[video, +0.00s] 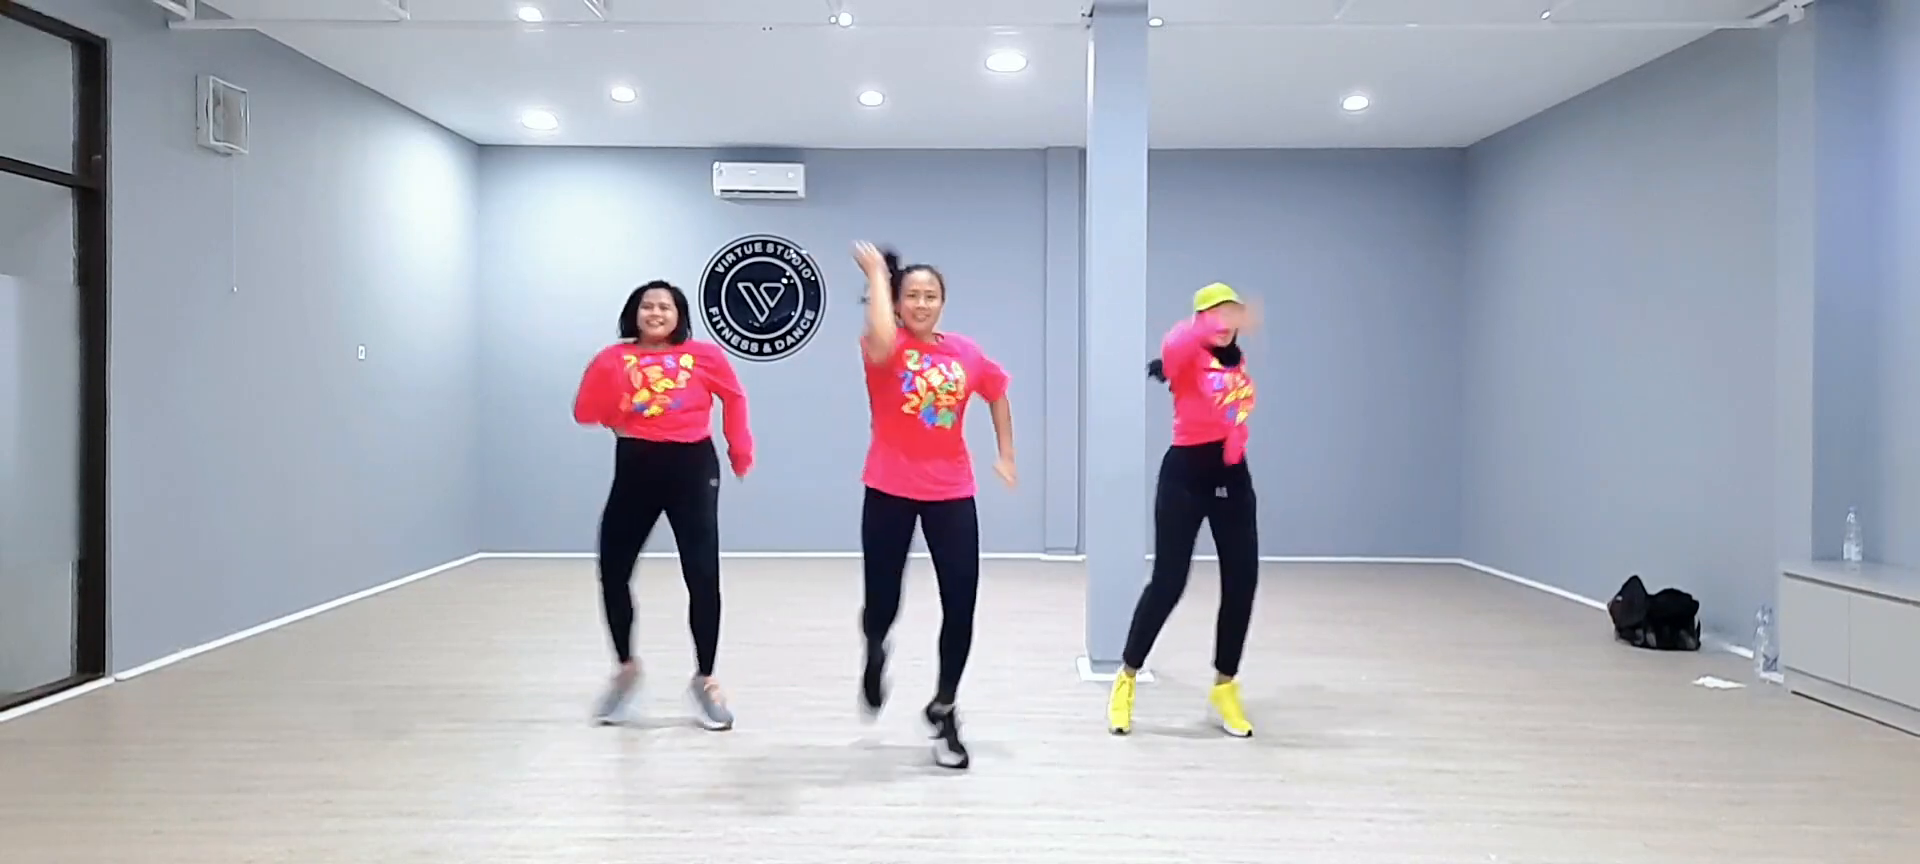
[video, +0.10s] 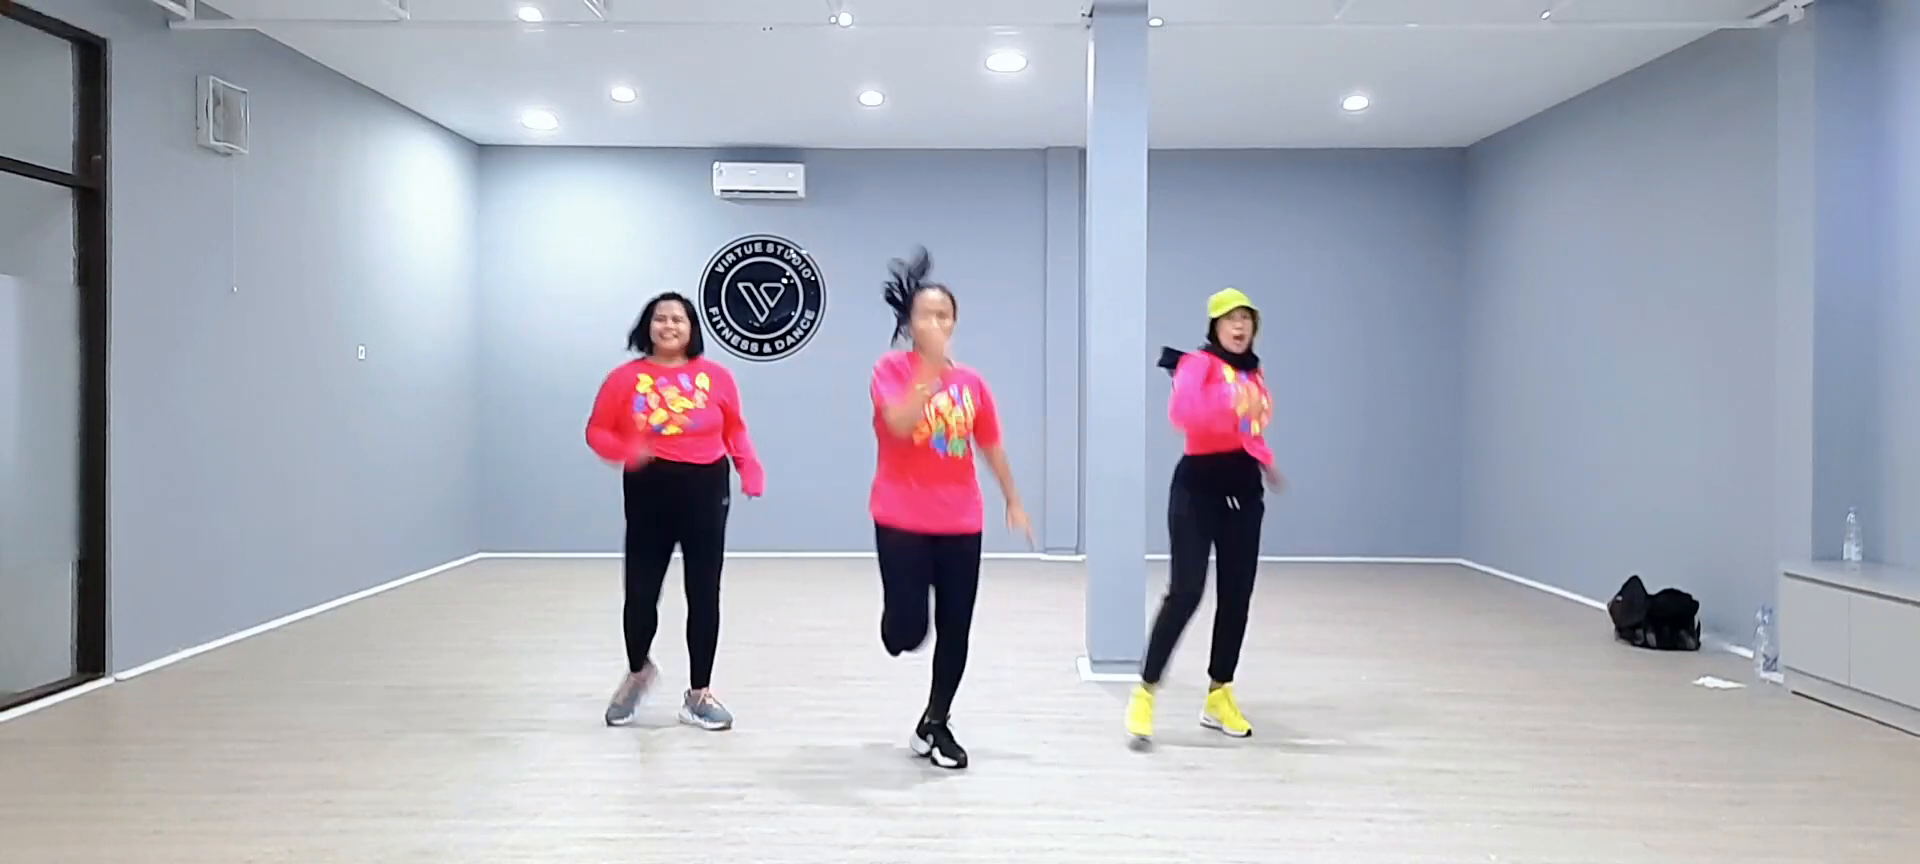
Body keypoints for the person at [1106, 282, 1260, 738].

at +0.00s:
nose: (1228, 321)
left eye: (1233, 312)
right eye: (1220, 313)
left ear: (1238, 320)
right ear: (1201, 318)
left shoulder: (1233, 360)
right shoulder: (1183, 357)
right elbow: (1182, 341)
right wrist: (1220, 321)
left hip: (1233, 475)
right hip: (1185, 474)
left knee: (1241, 583)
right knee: (1169, 581)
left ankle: (1224, 687)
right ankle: (1126, 680)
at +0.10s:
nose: (1240, 327)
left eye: (1247, 319)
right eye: (1231, 319)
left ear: (1254, 327)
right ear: (1215, 325)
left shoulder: (1253, 376)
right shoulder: (1198, 364)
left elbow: (1248, 433)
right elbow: (1181, 414)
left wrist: (1268, 466)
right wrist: (1233, 414)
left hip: (1243, 490)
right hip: (1197, 487)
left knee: (1236, 597)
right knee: (1187, 591)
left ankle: (1219, 695)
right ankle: (1146, 692)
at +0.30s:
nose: (1255, 337)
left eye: (1262, 330)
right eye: (1246, 330)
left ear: (1273, 337)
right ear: (1232, 336)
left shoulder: (1285, 389)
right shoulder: (1210, 381)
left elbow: (1318, 440)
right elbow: (1168, 432)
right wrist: (1190, 467)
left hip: (1266, 497)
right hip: (1220, 494)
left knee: (1255, 597)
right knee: (1232, 593)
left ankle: (1223, 691)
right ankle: (1229, 699)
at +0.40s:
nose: (1254, 335)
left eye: (1263, 327)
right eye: (1246, 327)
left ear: (1275, 333)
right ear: (1233, 332)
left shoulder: (1293, 378)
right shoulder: (1217, 375)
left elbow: (1359, 398)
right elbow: (1163, 412)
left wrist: (1316, 380)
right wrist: (1173, 441)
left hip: (1279, 492)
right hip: (1232, 489)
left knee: (1271, 601)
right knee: (1253, 601)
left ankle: (1232, 681)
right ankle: (1265, 729)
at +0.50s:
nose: (1260, 348)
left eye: (1268, 340)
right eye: (1251, 340)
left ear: (1281, 346)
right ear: (1238, 347)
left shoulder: (1302, 384)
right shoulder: (1224, 392)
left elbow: (1370, 389)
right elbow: (1171, 434)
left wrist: (1336, 410)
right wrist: (1187, 450)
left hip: (1291, 505)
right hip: (1246, 505)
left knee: (1283, 610)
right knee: (1285, 613)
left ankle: (1237, 679)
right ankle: (1283, 754)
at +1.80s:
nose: (1262, 343)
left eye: (1270, 335)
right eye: (1255, 336)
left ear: (1284, 342)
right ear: (1244, 341)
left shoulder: (1303, 383)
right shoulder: (1227, 377)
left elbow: (1338, 421)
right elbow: (1185, 348)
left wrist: (1322, 456)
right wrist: (1163, 294)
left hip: (1294, 497)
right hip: (1242, 496)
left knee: (1300, 601)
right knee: (1195, 583)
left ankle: (1316, 702)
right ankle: (1167, 692)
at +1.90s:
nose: (1262, 349)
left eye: (1270, 342)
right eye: (1255, 342)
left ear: (1283, 348)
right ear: (1244, 349)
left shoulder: (1304, 390)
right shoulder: (1230, 381)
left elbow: (1347, 430)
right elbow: (1201, 338)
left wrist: (1318, 464)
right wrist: (1190, 288)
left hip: (1291, 504)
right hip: (1236, 503)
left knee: (1299, 604)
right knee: (1191, 586)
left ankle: (1317, 704)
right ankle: (1161, 695)